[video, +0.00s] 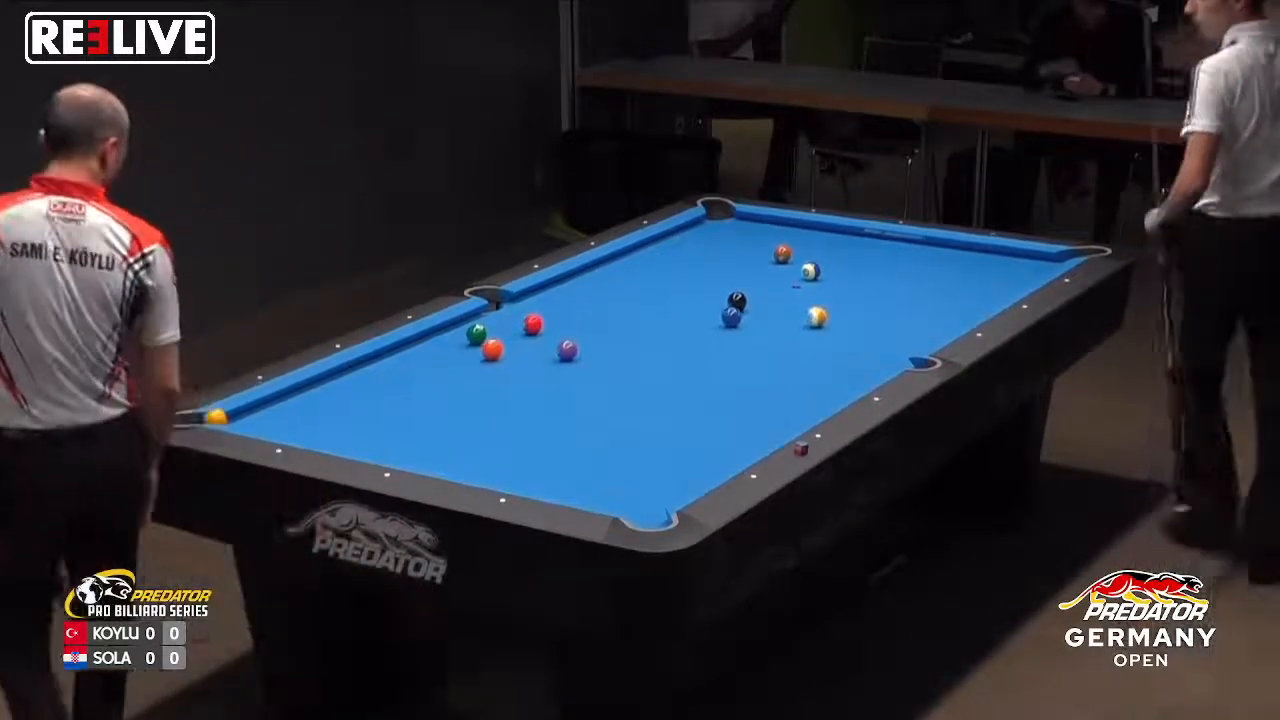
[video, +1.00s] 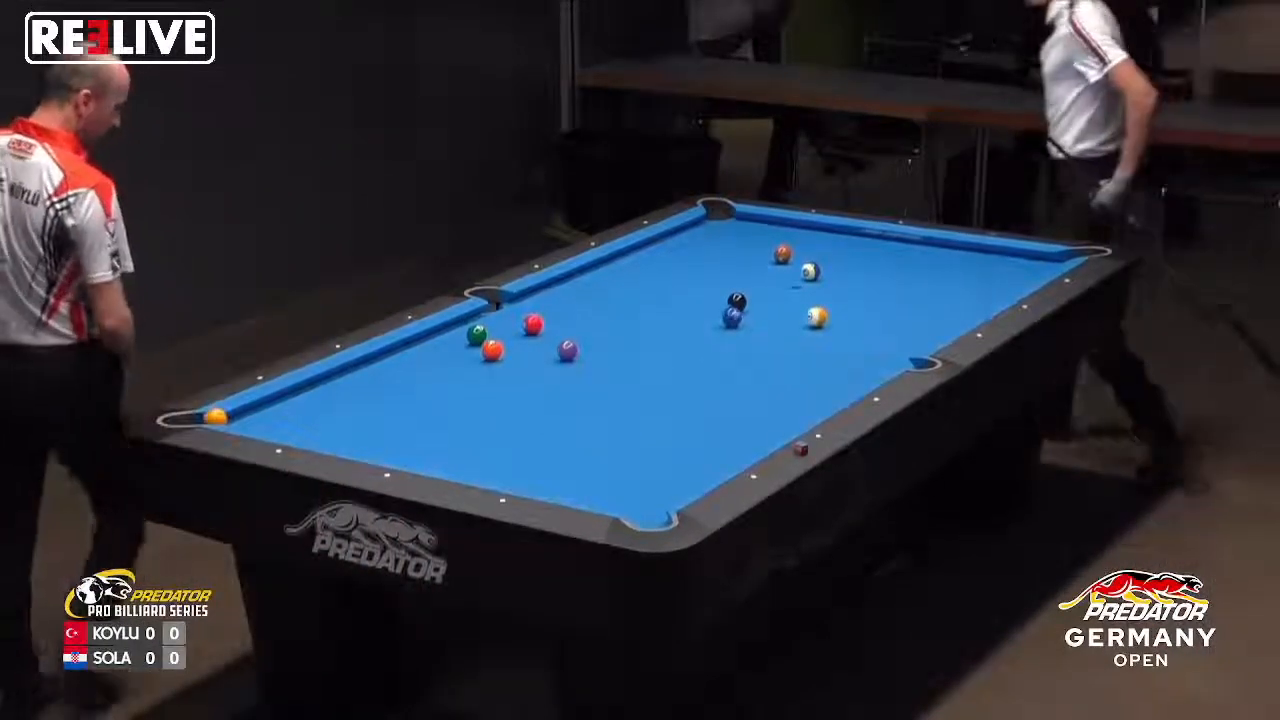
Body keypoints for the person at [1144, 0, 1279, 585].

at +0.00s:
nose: (1191, 8)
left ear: (1237, 5)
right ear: (1252, 7)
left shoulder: (1220, 70)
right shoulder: (1275, 55)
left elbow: (1196, 177)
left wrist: (1163, 214)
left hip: (1222, 236)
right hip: (1276, 231)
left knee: (1199, 376)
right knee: (1275, 390)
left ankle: (1210, 516)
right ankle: (1271, 539)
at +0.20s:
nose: (1169, 9)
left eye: (1178, 1)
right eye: (1171, 1)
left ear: (1215, 6)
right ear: (1228, 7)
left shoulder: (1203, 65)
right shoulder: (1271, 50)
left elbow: (1198, 168)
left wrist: (1161, 217)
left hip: (1212, 228)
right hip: (1271, 223)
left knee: (1197, 353)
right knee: (1268, 366)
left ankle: (1191, 461)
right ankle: (1267, 517)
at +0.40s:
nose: (1133, 1)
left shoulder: (1174, 53)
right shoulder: (1254, 38)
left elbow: (1190, 145)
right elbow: (1267, 134)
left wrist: (1156, 212)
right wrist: (1255, 186)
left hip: (1190, 211)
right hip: (1247, 208)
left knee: (1178, 343)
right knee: (1229, 346)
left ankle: (1186, 465)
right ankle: (1264, 482)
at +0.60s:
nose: (1107, 1)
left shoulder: (1152, 34)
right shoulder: (1205, 20)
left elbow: (1186, 127)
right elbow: (1211, 116)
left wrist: (1152, 198)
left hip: (1169, 191)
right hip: (1199, 184)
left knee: (1167, 331)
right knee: (1176, 327)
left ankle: (1188, 467)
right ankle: (1200, 455)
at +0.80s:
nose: (1072, 4)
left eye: (1074, 0)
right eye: (1073, 2)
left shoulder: (1124, 27)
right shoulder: (1132, 19)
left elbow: (1177, 109)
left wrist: (1148, 189)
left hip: (1132, 188)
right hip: (1132, 183)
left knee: (1144, 325)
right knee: (1112, 308)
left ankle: (1188, 465)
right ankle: (1079, 410)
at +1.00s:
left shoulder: (1084, 17)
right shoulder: (1064, 22)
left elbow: (1141, 95)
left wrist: (1122, 178)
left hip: (1091, 181)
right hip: (1067, 176)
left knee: (1097, 327)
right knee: (1054, 316)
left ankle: (1163, 444)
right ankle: (1051, 417)